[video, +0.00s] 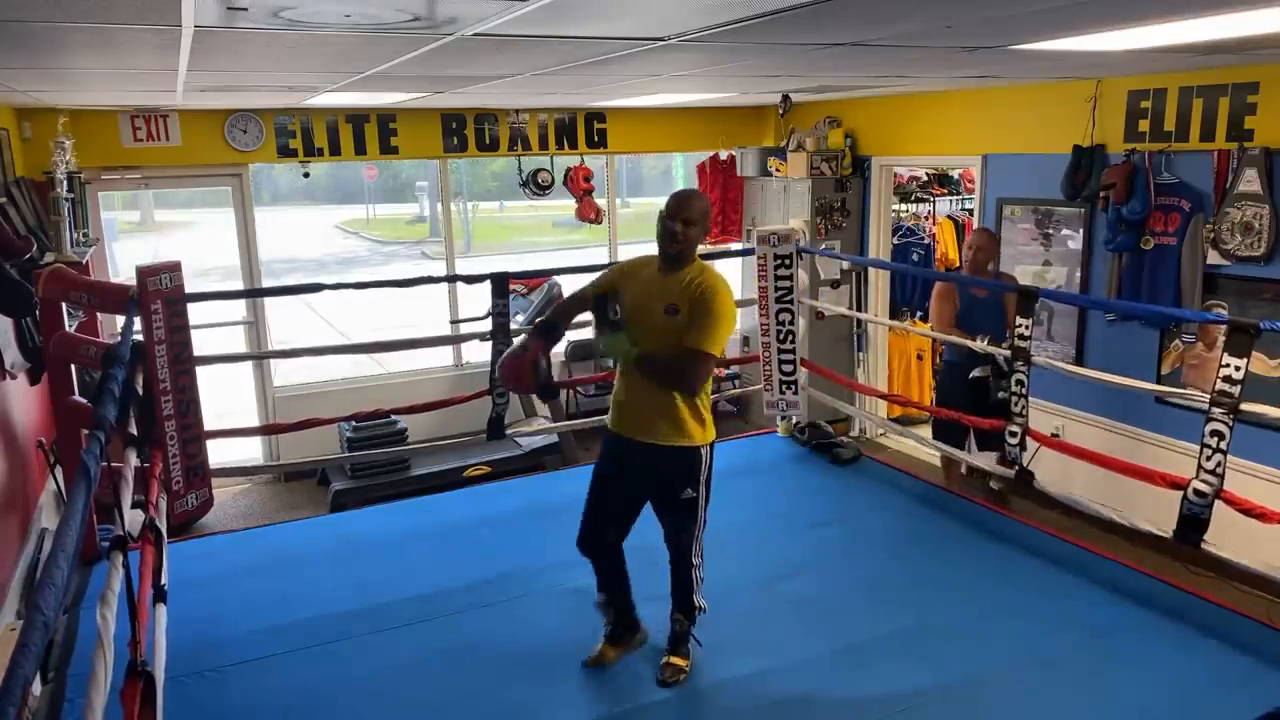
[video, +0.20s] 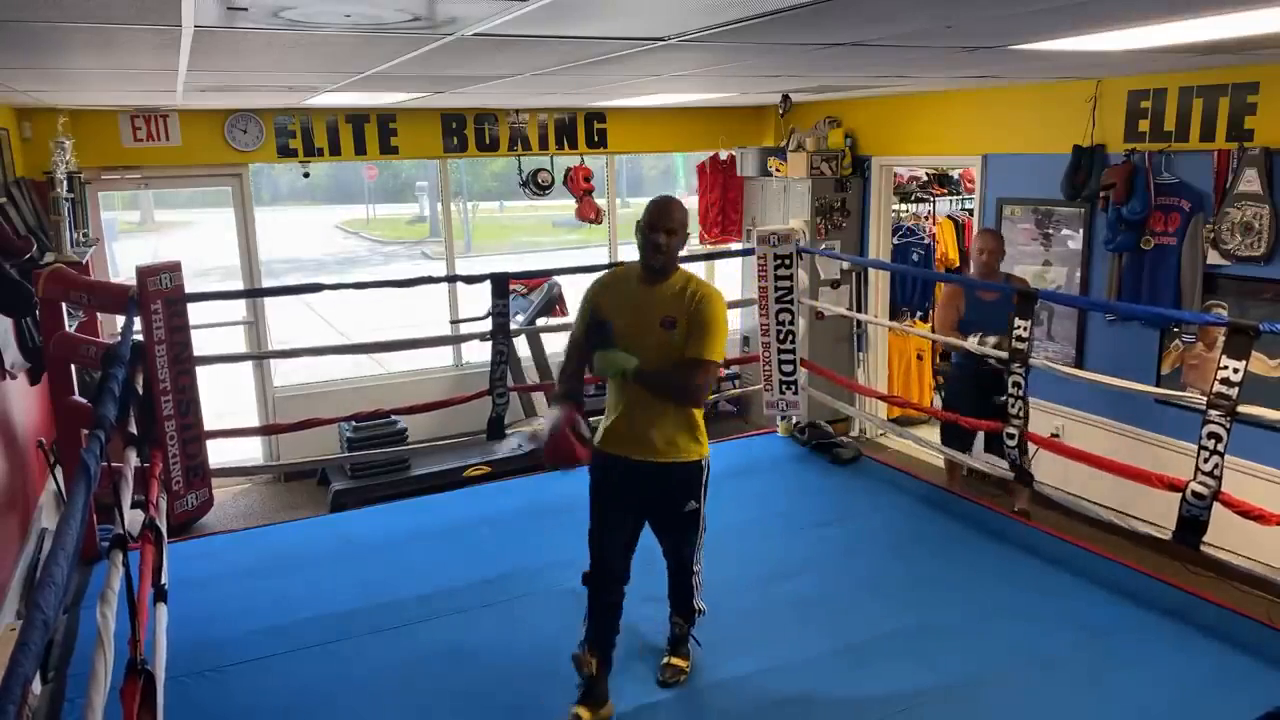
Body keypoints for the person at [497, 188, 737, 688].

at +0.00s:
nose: (673, 228)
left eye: (686, 222)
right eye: (668, 218)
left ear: (706, 233)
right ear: (658, 221)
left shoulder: (712, 292)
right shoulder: (629, 274)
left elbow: (692, 377)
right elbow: (571, 307)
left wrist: (627, 349)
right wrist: (532, 346)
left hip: (682, 445)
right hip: (625, 437)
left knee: (682, 551)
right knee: (597, 539)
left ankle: (680, 646)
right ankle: (624, 629)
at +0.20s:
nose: (660, 241)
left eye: (672, 233)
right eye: (653, 230)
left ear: (687, 240)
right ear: (638, 231)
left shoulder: (703, 301)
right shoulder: (605, 288)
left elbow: (698, 389)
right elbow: (573, 364)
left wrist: (628, 367)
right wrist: (571, 407)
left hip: (680, 460)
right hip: (616, 455)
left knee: (683, 563)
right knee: (605, 573)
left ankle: (679, 643)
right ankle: (595, 689)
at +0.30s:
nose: (650, 245)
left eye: (661, 235)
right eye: (641, 234)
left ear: (674, 240)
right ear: (625, 237)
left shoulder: (698, 303)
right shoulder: (594, 298)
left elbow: (710, 391)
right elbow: (571, 374)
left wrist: (641, 386)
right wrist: (578, 428)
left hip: (674, 468)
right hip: (607, 466)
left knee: (680, 567)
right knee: (602, 582)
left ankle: (679, 643)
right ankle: (598, 688)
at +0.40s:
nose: (633, 243)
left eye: (643, 234)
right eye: (623, 233)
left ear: (656, 239)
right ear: (606, 238)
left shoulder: (688, 301)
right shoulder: (575, 306)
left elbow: (723, 374)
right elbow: (560, 389)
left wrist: (692, 419)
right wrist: (582, 450)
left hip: (672, 471)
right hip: (604, 471)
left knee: (677, 572)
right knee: (598, 588)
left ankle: (678, 642)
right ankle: (595, 690)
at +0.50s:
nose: (618, 244)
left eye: (627, 234)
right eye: (607, 235)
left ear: (642, 239)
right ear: (589, 241)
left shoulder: (681, 300)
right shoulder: (562, 314)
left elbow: (717, 371)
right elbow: (552, 406)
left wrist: (731, 429)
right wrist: (580, 470)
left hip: (670, 475)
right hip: (598, 479)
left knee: (683, 582)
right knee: (597, 594)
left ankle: (679, 640)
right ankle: (596, 694)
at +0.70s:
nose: (634, 255)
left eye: (643, 244)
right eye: (622, 244)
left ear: (652, 245)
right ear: (597, 246)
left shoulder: (679, 305)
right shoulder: (561, 322)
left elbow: (715, 379)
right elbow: (542, 421)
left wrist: (775, 427)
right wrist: (549, 507)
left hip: (674, 481)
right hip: (599, 492)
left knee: (707, 602)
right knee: (595, 609)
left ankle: (680, 698)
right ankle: (594, 698)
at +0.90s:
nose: (674, 274)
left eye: (684, 262)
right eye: (663, 261)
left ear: (694, 263)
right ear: (637, 260)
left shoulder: (709, 324)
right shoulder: (588, 335)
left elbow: (719, 394)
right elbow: (557, 432)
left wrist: (746, 458)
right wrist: (548, 526)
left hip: (689, 510)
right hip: (609, 519)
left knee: (702, 639)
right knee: (598, 629)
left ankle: (707, 715)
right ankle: (596, 699)